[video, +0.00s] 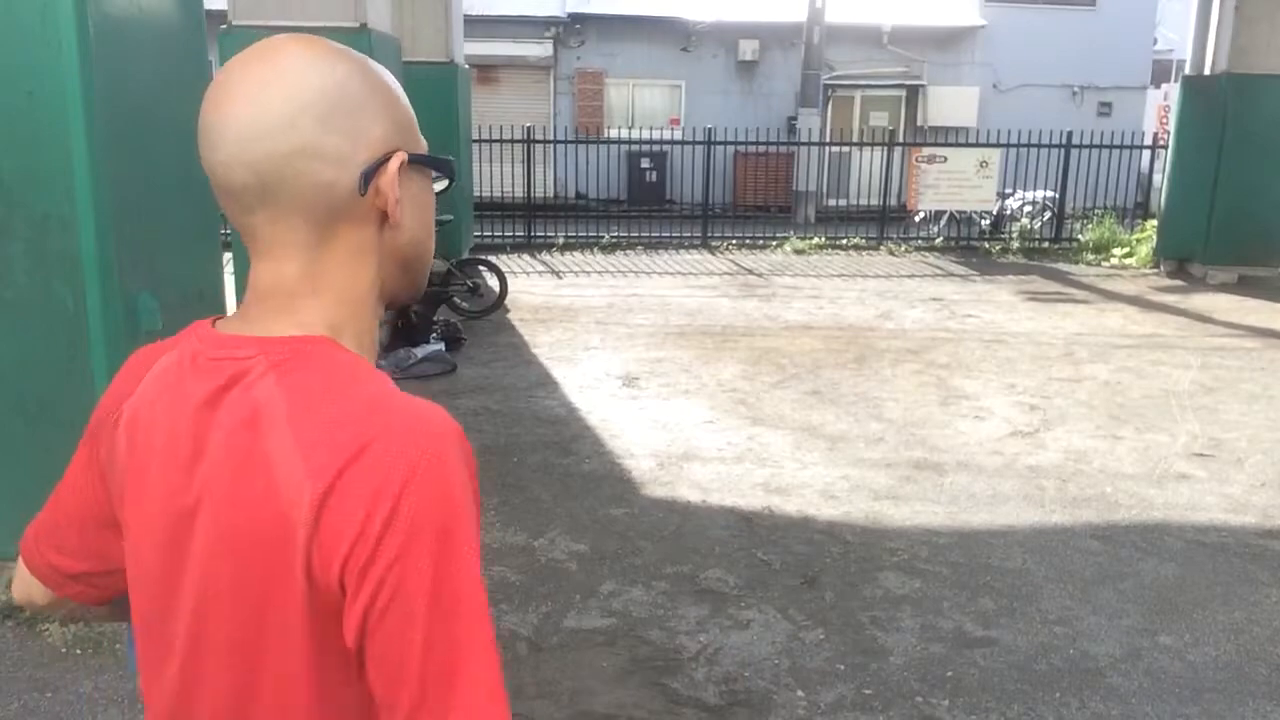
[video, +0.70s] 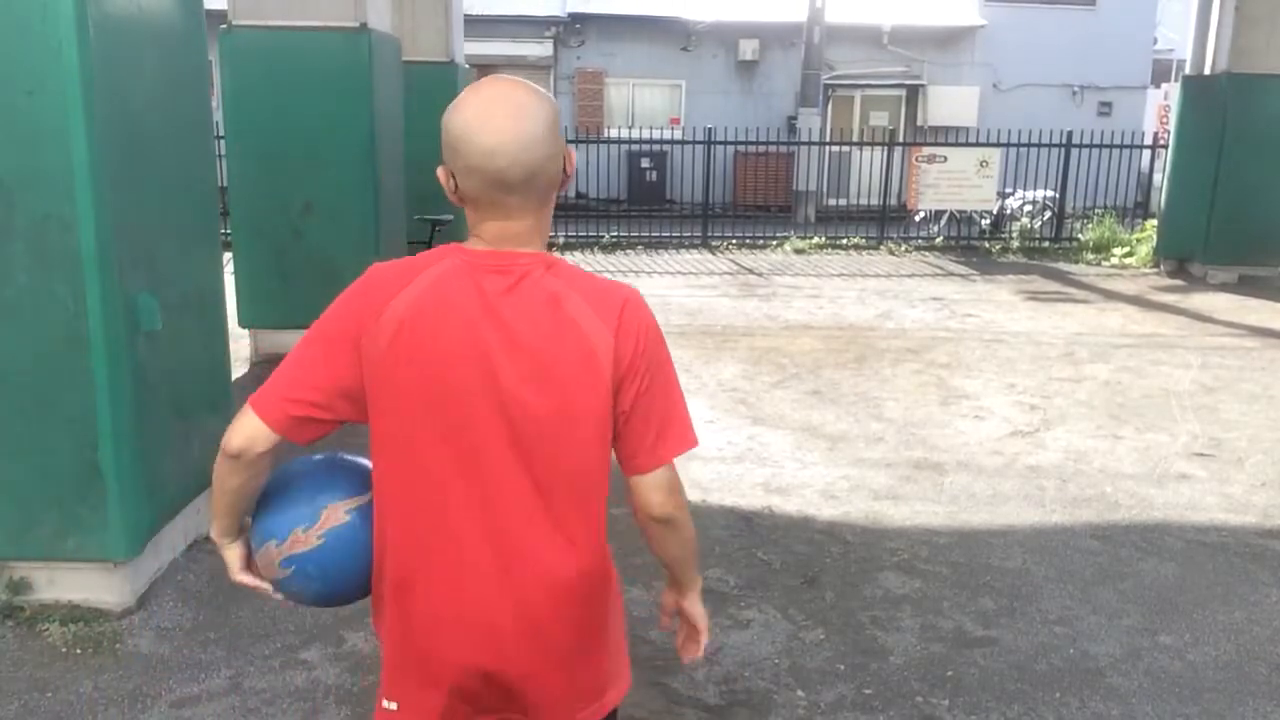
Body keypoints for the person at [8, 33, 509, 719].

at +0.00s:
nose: (432, 200)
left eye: (431, 173)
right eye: (428, 173)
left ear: (236, 211)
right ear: (390, 192)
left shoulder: (149, 380)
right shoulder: (401, 449)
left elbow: (42, 582)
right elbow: (452, 706)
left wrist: (219, 576)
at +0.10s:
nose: (437, 178)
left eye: (434, 153)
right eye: (433, 153)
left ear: (251, 189)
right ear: (405, 176)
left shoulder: (166, 361)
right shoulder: (436, 400)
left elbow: (58, 568)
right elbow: (502, 695)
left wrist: (211, 545)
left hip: (218, 709)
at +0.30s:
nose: (462, 173)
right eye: (460, 156)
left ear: (299, 192)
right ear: (448, 173)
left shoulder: (217, 350)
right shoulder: (499, 358)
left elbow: (105, 549)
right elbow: (558, 641)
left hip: (269, 704)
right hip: (468, 708)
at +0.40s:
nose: (494, 172)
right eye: (491, 156)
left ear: (335, 191)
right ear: (480, 176)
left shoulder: (256, 345)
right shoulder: (532, 348)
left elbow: (143, 540)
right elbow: (596, 601)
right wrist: (670, 713)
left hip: (316, 706)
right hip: (503, 708)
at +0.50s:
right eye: (519, 162)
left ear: (376, 196)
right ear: (511, 184)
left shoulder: (302, 336)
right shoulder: (561, 345)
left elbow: (181, 526)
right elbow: (628, 573)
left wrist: (211, 571)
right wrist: (708, 699)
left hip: (352, 704)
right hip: (527, 704)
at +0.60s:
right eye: (554, 165)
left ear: (417, 199)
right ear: (546, 185)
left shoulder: (350, 326)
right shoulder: (593, 342)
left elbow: (221, 497)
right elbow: (649, 547)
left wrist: (213, 566)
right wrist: (715, 663)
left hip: (391, 699)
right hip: (552, 699)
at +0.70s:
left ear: (449, 186)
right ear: (566, 174)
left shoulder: (382, 297)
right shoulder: (613, 311)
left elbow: (244, 444)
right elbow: (658, 502)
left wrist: (226, 534)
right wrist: (686, 587)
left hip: (428, 653)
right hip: (565, 653)